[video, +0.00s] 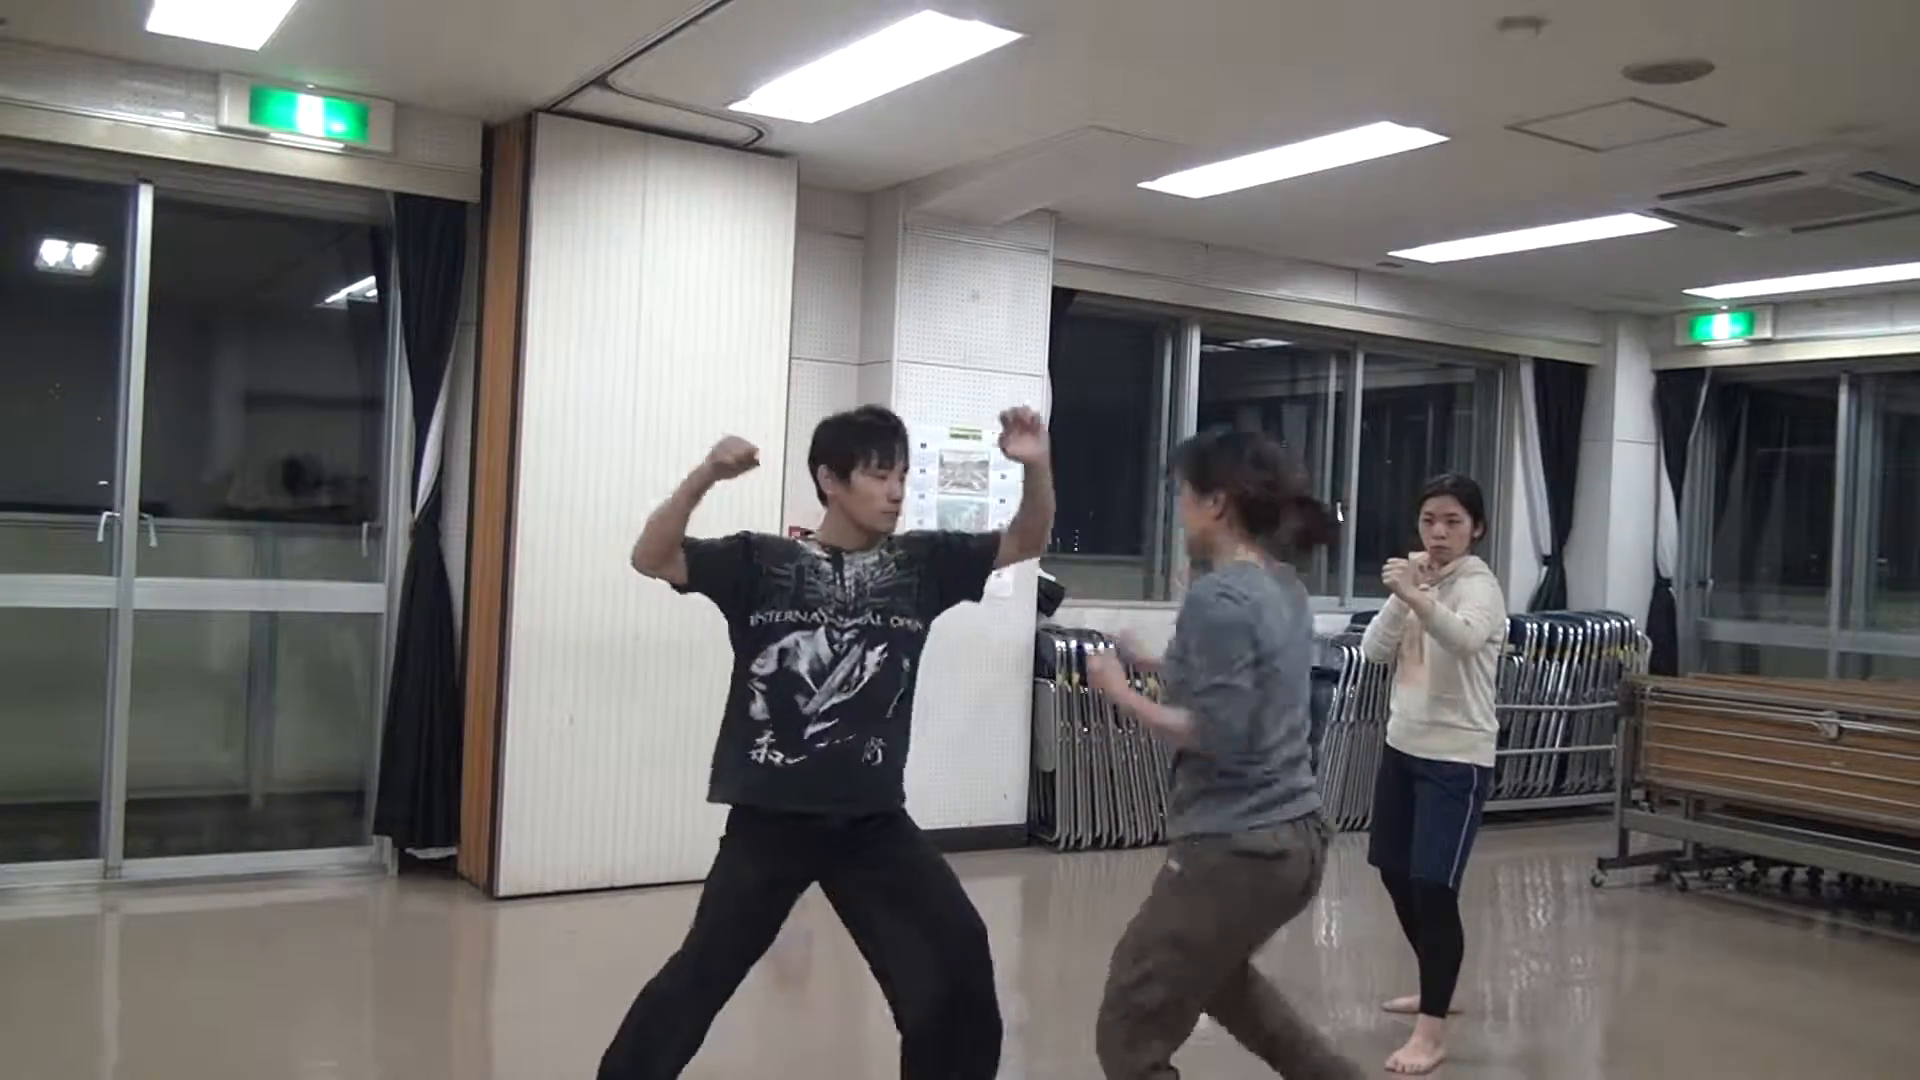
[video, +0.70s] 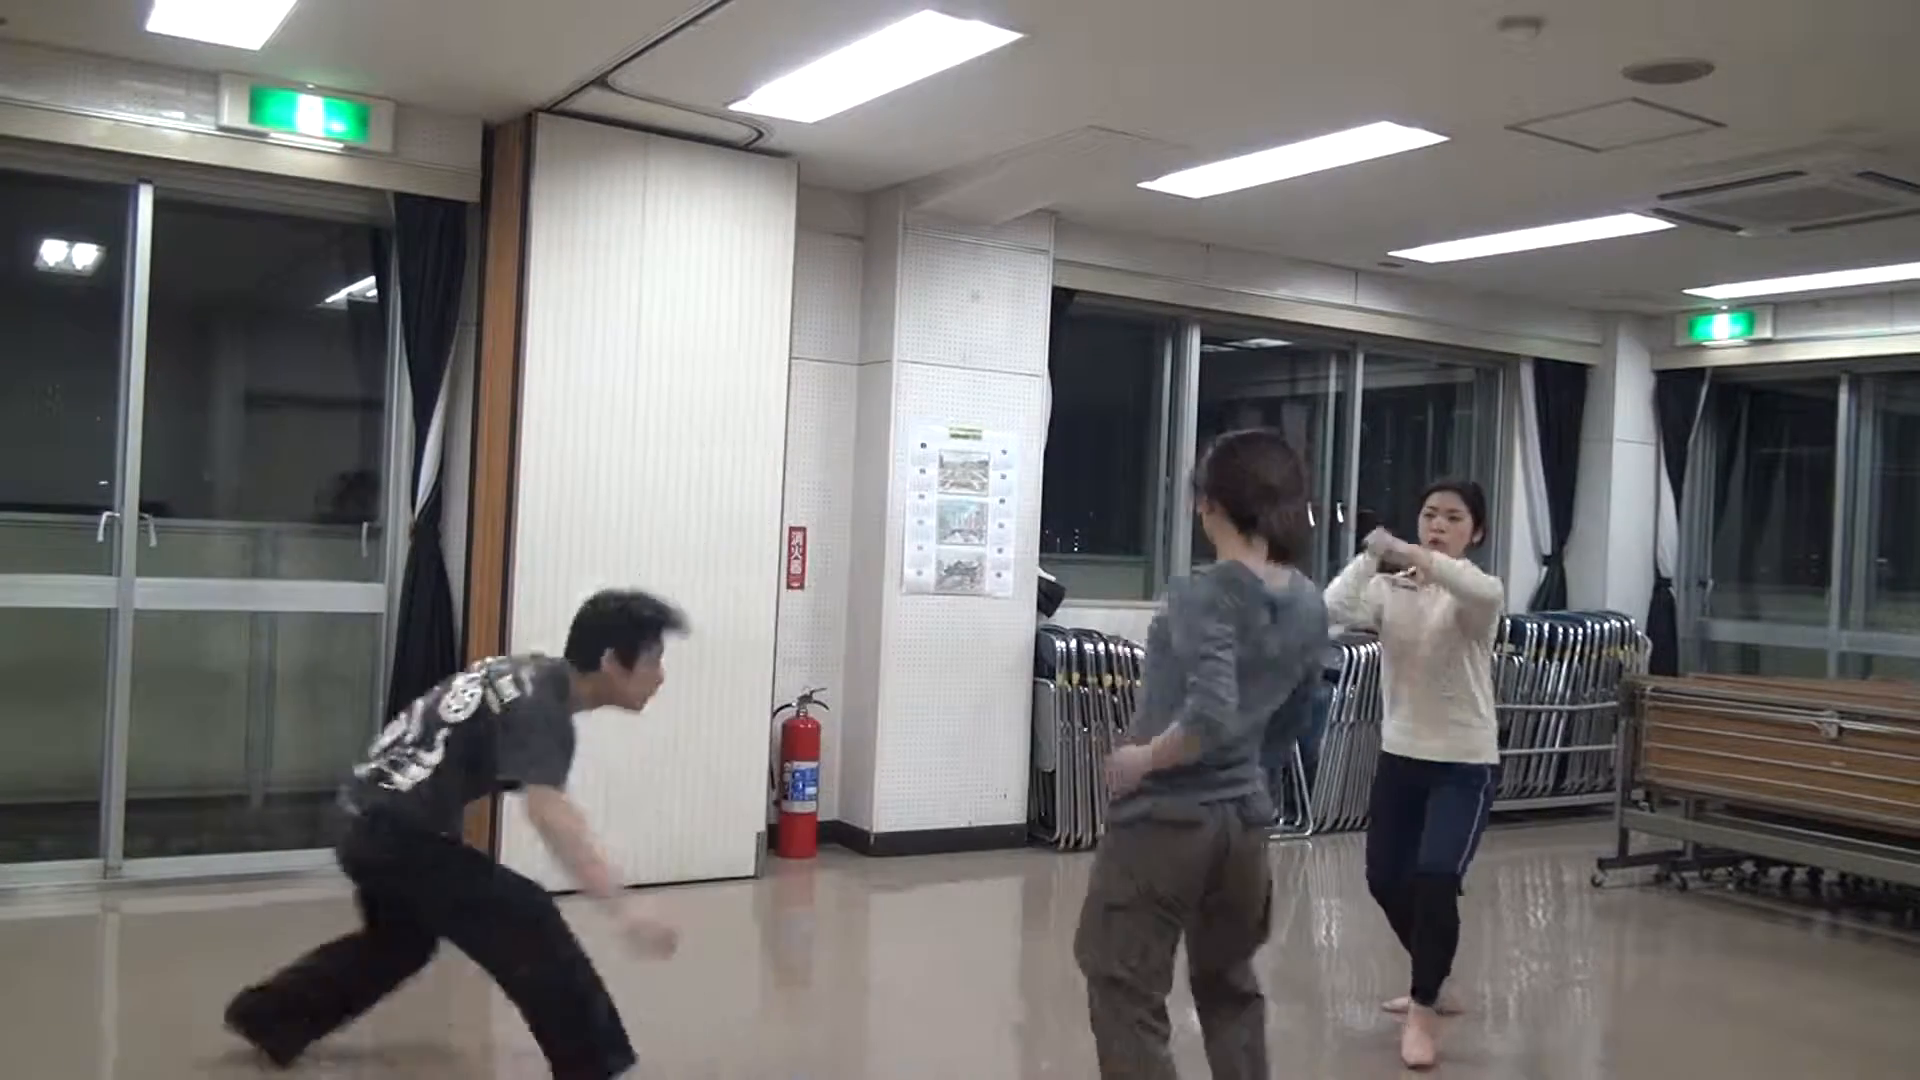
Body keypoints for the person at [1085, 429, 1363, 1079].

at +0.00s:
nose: (1179, 512)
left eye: (1185, 496)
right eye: (1181, 497)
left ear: (1217, 504)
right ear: (1239, 503)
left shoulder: (1219, 597)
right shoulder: (1285, 588)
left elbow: (1218, 732)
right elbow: (1246, 684)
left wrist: (1121, 693)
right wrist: (1152, 665)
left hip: (1235, 854)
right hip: (1297, 841)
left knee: (1129, 1034)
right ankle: (1330, 1072)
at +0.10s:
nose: (1151, 534)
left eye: (1153, 517)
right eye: (1151, 518)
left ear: (1184, 517)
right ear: (1226, 513)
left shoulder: (1205, 595)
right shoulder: (1274, 588)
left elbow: (1077, 680)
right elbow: (1259, 707)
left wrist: (1077, 620)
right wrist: (1172, 732)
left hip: (1249, 838)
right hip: (1286, 824)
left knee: (1154, 1025)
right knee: (1105, 781)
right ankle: (1163, 931)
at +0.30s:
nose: (1174, 535)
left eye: (1178, 518)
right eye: (1173, 519)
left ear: (1208, 512)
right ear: (1235, 508)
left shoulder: (1239, 590)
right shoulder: (1290, 583)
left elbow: (1109, 666)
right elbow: (1212, 629)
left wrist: (1126, 617)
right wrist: (1155, 617)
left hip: (1219, 823)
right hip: (1201, 777)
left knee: (1153, 1015)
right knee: (1031, 725)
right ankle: (892, 788)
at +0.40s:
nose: (1197, 507)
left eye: (1198, 491)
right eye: (1196, 491)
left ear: (1223, 494)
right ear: (1283, 491)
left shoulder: (1250, 590)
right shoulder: (1294, 575)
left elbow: (1153, 694)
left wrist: (1126, 645)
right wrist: (1170, 663)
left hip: (1210, 826)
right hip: (1167, 780)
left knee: (1155, 1022)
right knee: (1013, 821)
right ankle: (944, 987)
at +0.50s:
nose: (1197, 504)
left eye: (1199, 489)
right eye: (1197, 489)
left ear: (1221, 496)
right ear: (1284, 492)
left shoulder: (1246, 599)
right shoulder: (1285, 579)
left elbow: (1170, 723)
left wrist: (1122, 719)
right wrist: (1160, 725)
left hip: (1201, 833)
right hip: (1160, 810)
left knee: (1151, 1022)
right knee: (1061, 914)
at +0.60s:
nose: (1197, 506)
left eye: (1199, 491)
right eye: (1198, 492)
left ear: (1213, 497)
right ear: (1284, 497)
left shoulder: (1232, 597)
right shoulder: (1284, 587)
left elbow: (1216, 732)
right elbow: (1238, 714)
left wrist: (1142, 755)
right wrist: (1159, 748)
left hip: (1185, 829)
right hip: (1224, 825)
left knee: (1126, 998)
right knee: (1162, 987)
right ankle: (1192, 1070)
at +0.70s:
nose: (1199, 509)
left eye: (1202, 497)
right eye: (1201, 497)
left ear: (1212, 505)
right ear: (1289, 504)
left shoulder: (1201, 591)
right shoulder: (1309, 602)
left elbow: (1213, 717)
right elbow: (1294, 727)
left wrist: (1146, 757)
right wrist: (1233, 755)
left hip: (1163, 829)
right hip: (1245, 832)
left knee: (1125, 995)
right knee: (1229, 985)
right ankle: (1246, 1075)